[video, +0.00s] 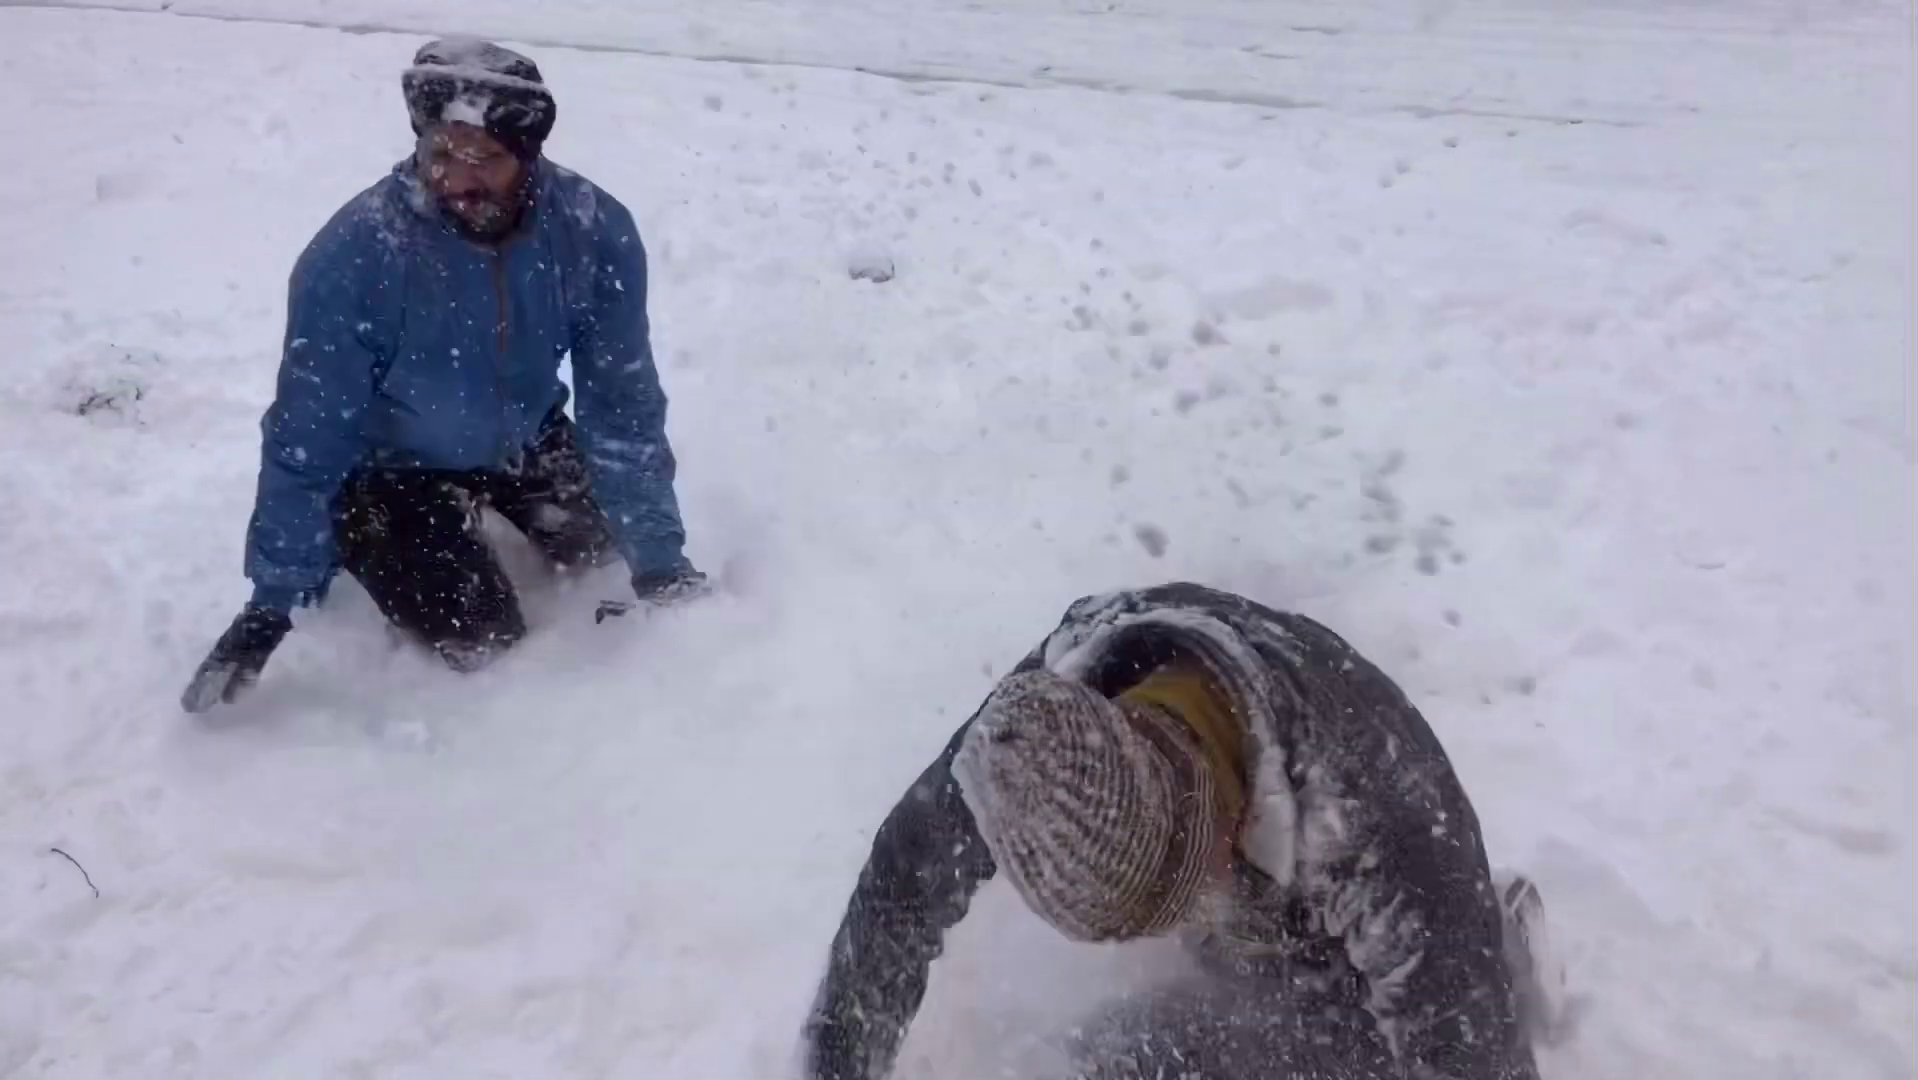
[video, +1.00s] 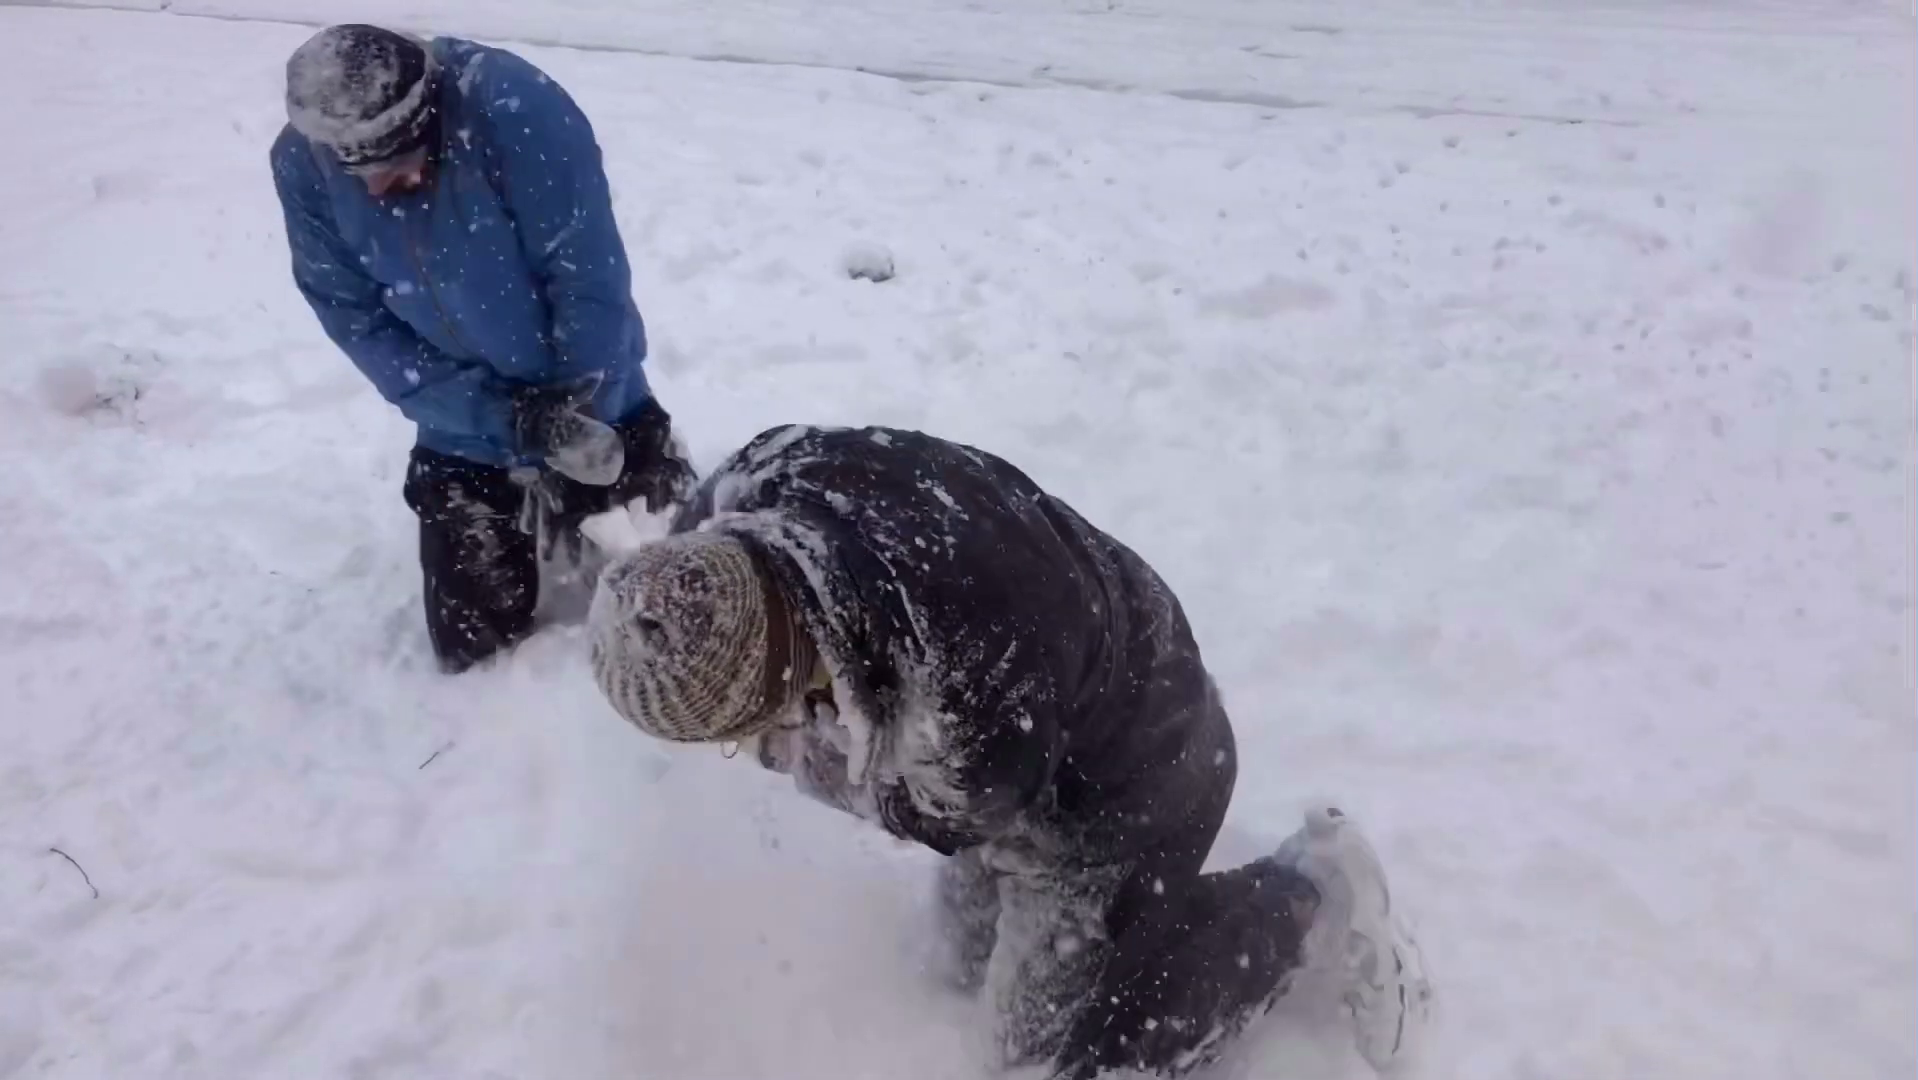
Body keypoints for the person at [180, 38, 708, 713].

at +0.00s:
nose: (463, 180)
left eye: (485, 156)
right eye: (443, 155)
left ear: (529, 150)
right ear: (420, 148)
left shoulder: (593, 231)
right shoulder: (354, 257)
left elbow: (625, 407)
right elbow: (305, 444)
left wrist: (662, 565)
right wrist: (272, 602)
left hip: (523, 436)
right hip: (391, 466)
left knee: (600, 552)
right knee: (485, 636)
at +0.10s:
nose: (400, 197)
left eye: (419, 176)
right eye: (387, 172)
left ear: (479, 161)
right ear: (374, 158)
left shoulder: (582, 212)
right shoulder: (342, 269)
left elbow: (624, 379)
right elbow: (302, 452)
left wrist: (649, 536)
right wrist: (256, 612)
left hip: (533, 426)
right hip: (397, 456)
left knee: (635, 577)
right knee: (480, 632)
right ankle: (347, 519)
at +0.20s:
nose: (332, 224)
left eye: (348, 203)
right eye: (321, 201)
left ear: (404, 178)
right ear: (313, 184)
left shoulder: (542, 169)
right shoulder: (319, 286)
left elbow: (621, 337)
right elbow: (330, 478)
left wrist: (645, 492)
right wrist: (326, 660)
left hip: (549, 417)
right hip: (426, 452)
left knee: (652, 569)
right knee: (471, 624)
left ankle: (526, 484)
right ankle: (333, 559)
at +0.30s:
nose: (324, 245)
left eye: (330, 223)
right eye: (301, 236)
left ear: (363, 176)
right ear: (278, 220)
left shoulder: (488, 129)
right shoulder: (301, 286)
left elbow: (613, 286)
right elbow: (373, 455)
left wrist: (635, 445)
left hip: (563, 405)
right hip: (452, 451)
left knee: (628, 541)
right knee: (494, 623)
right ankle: (371, 534)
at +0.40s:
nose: (318, 242)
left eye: (321, 217)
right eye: (293, 238)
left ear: (344, 164)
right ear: (265, 228)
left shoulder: (454, 109)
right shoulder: (284, 271)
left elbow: (585, 246)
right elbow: (383, 420)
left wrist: (630, 403)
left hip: (578, 410)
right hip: (454, 453)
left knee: (659, 556)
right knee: (494, 633)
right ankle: (397, 508)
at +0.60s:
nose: (319, 215)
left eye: (319, 194)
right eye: (293, 212)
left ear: (339, 143)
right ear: (262, 203)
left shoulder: (432, 92)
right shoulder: (265, 236)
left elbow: (562, 223)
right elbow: (365, 370)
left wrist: (645, 379)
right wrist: (479, 467)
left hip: (582, 393)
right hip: (465, 446)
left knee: (675, 549)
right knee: (484, 644)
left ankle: (562, 478)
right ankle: (440, 513)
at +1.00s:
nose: (388, 187)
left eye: (399, 163)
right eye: (363, 173)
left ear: (426, 117)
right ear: (332, 149)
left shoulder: (513, 108)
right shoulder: (305, 167)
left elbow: (588, 268)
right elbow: (365, 332)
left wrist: (574, 421)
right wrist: (514, 420)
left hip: (600, 411)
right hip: (463, 441)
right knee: (476, 652)